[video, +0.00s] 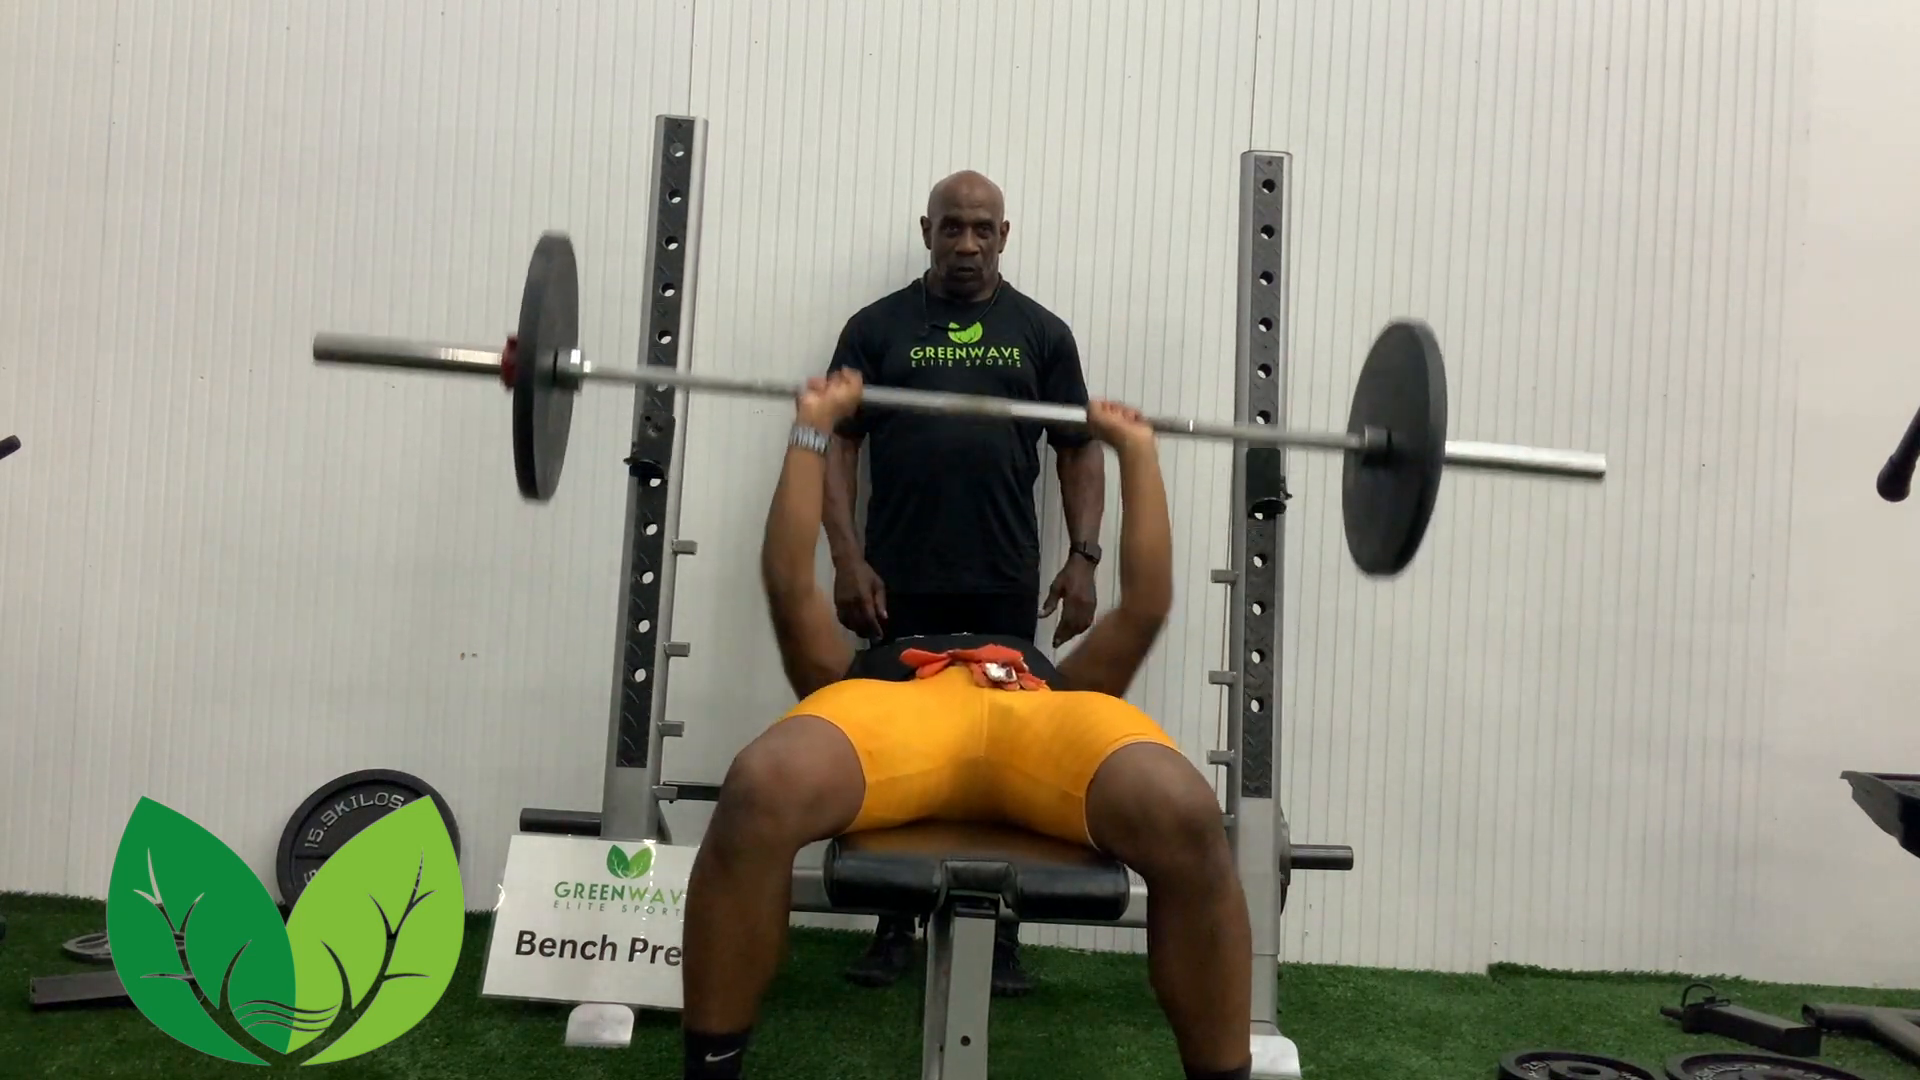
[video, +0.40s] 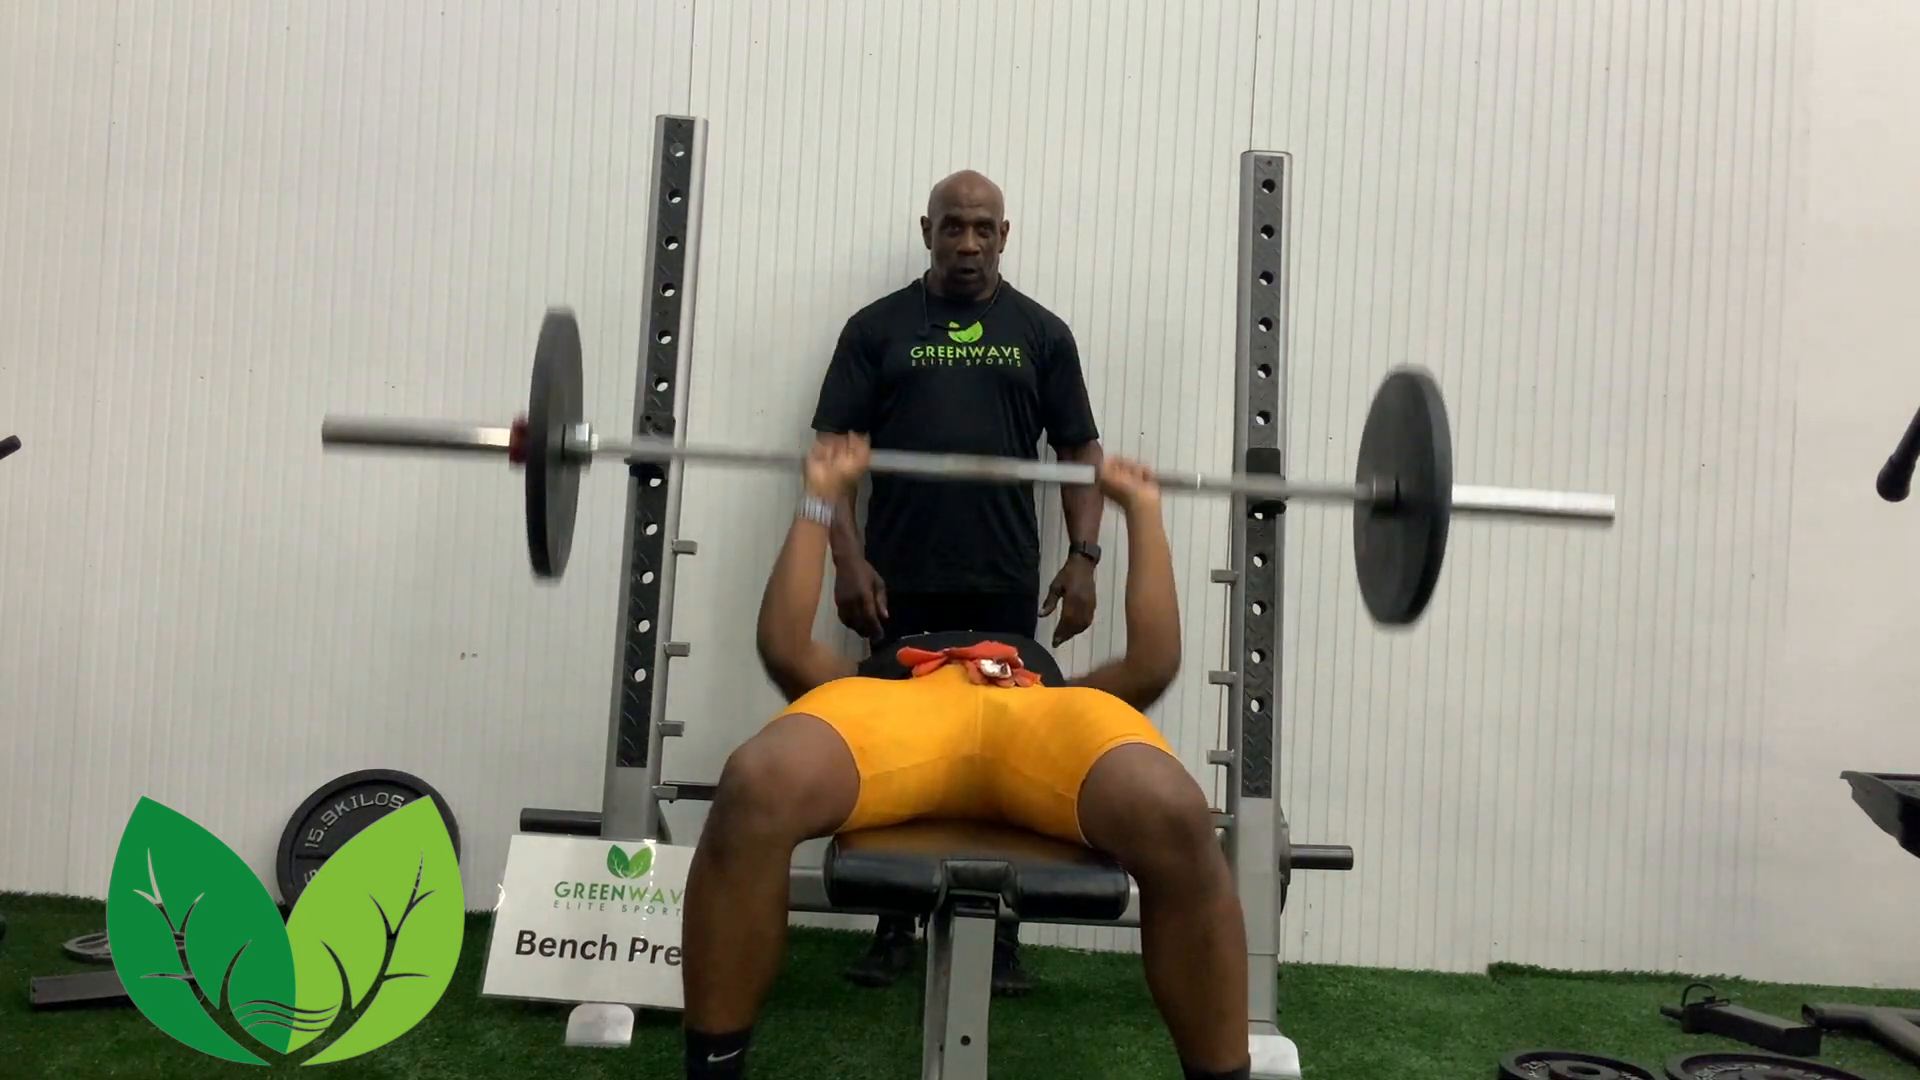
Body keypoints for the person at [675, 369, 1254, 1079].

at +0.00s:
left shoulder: (1063, 689)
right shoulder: (854, 681)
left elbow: (1143, 607)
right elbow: (790, 577)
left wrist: (1138, 447)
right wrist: (810, 430)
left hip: (1044, 707)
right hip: (891, 696)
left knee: (1189, 819)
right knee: (758, 789)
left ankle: (1223, 1072)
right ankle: (712, 1065)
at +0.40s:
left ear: (1029, 677)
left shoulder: (1057, 685)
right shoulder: (877, 670)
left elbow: (1153, 661)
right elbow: (785, 642)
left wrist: (1145, 512)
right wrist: (819, 508)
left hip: (1048, 712)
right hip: (892, 702)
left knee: (1179, 822)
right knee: (754, 786)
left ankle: (1224, 1073)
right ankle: (713, 1066)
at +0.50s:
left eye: (1009, 666)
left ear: (1037, 684)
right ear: (918, 654)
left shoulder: (1055, 691)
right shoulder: (884, 681)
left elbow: (1145, 734)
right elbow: (780, 733)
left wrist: (1139, 600)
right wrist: (811, 595)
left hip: (1047, 712)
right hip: (890, 700)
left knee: (1181, 820)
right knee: (757, 786)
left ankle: (1225, 1072)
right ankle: (712, 1064)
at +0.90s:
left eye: (1003, 655)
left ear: (1020, 664)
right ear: (922, 659)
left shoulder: (1052, 686)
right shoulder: (876, 677)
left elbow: (1150, 702)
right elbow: (764, 682)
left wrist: (1142, 550)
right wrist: (810, 544)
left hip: (1042, 704)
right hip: (896, 695)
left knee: (1177, 829)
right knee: (759, 796)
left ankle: (1223, 1070)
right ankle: (713, 1065)